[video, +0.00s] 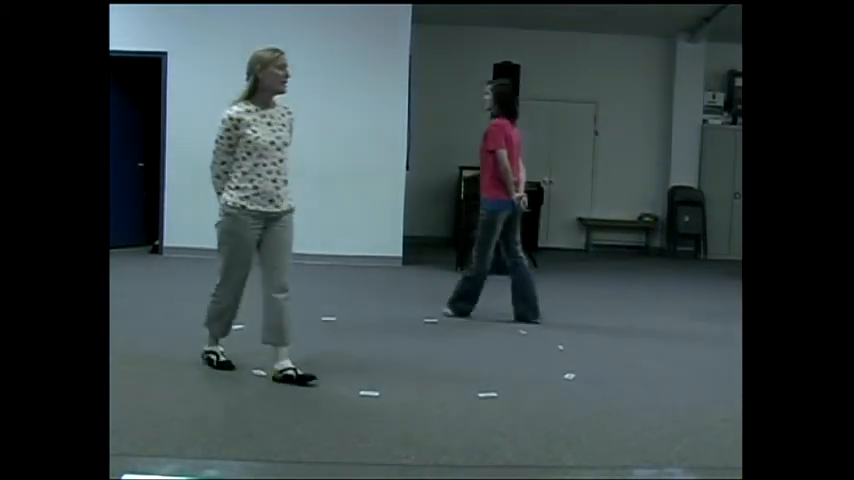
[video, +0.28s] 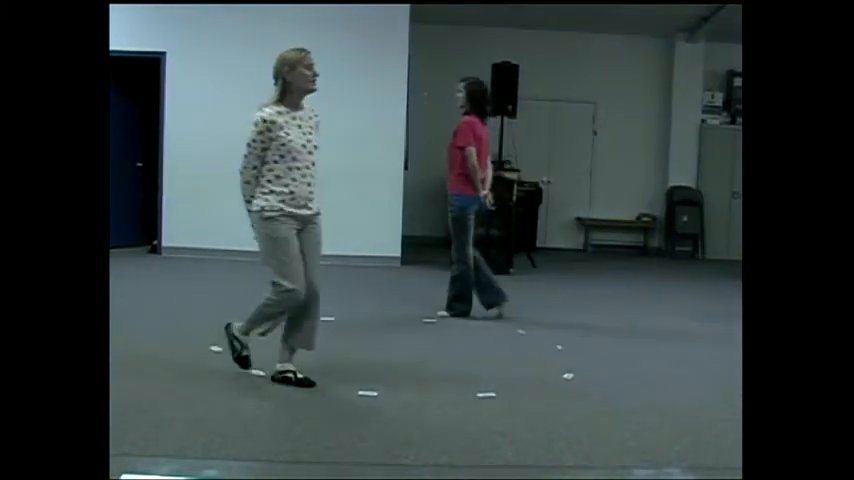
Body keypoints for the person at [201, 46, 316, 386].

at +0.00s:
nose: (287, 74)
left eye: (286, 68)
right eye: (279, 68)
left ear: (280, 75)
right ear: (258, 74)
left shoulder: (285, 115)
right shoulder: (236, 116)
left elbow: (278, 163)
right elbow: (219, 164)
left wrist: (264, 191)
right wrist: (227, 199)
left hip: (279, 211)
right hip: (241, 210)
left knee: (278, 286)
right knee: (232, 282)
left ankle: (282, 360)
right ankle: (214, 345)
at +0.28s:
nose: (315, 73)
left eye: (314, 68)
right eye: (308, 69)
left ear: (304, 77)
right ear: (287, 75)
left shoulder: (311, 118)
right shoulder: (267, 118)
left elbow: (303, 168)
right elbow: (249, 168)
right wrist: (254, 206)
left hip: (307, 212)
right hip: (273, 211)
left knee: (310, 289)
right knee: (291, 289)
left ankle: (286, 364)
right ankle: (240, 331)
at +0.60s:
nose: (351, 70)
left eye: (350, 65)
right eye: (343, 66)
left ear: (334, 74)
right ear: (323, 72)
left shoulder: (328, 113)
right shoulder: (312, 113)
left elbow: (307, 166)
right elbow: (293, 166)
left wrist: (291, 213)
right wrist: (287, 212)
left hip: (325, 213)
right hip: (314, 213)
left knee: (309, 295)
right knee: (340, 293)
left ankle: (284, 364)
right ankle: (361, 377)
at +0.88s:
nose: (372, 71)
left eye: (371, 65)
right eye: (365, 66)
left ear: (349, 73)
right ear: (345, 71)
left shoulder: (344, 114)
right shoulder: (340, 115)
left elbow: (331, 171)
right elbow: (325, 169)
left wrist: (320, 220)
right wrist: (318, 218)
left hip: (344, 212)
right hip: (350, 212)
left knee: (372, 293)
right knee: (377, 292)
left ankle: (316, 344)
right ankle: (369, 379)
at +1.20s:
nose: (379, 69)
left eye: (377, 63)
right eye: (372, 64)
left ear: (353, 71)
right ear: (352, 70)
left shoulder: (346, 111)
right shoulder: (342, 113)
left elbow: (331, 168)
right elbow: (325, 168)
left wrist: (320, 217)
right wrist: (318, 217)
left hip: (347, 211)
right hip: (350, 212)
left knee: (368, 293)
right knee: (373, 294)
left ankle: (311, 343)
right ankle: (370, 379)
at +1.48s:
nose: (374, 64)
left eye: (373, 59)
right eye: (368, 59)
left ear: (351, 65)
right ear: (348, 64)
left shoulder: (345, 105)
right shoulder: (332, 106)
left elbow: (318, 157)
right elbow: (306, 156)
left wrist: (302, 204)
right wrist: (299, 202)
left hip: (333, 204)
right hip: (326, 205)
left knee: (321, 287)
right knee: (352, 286)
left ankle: (285, 355)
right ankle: (346, 373)